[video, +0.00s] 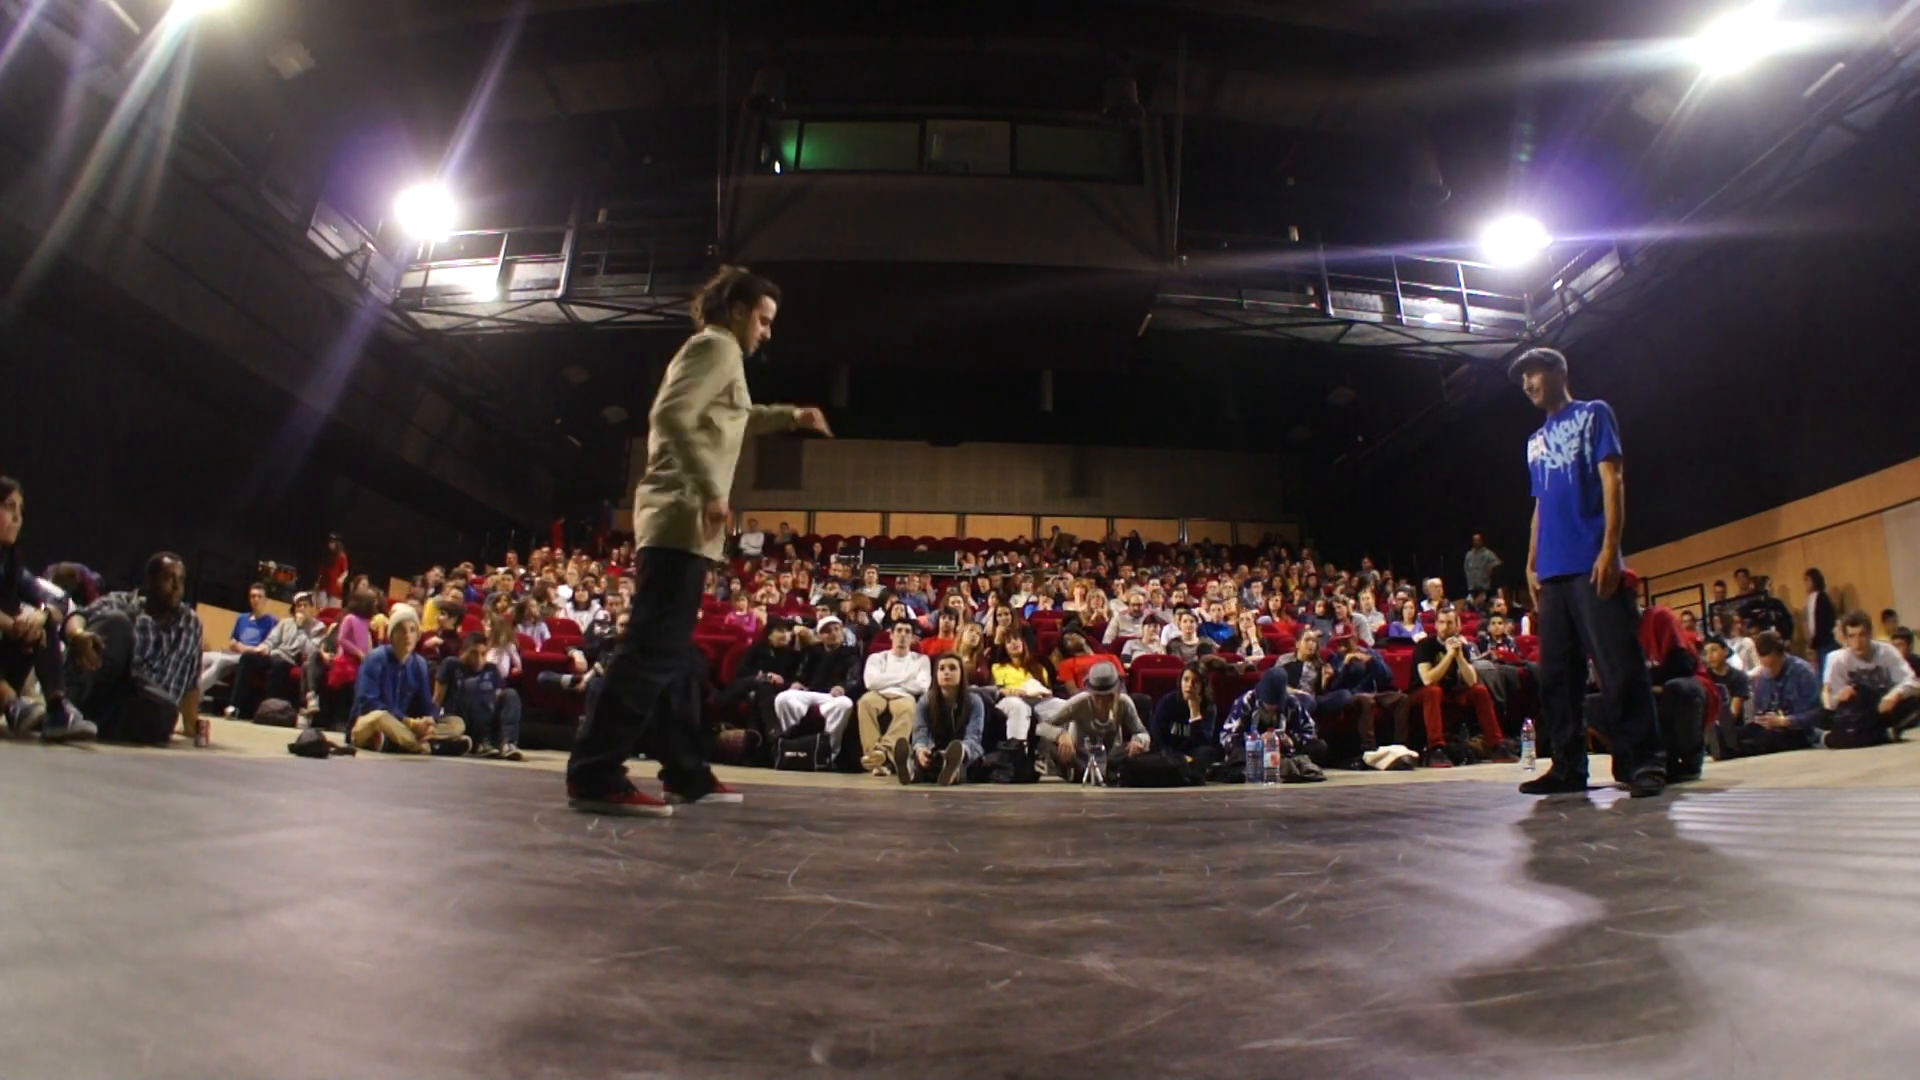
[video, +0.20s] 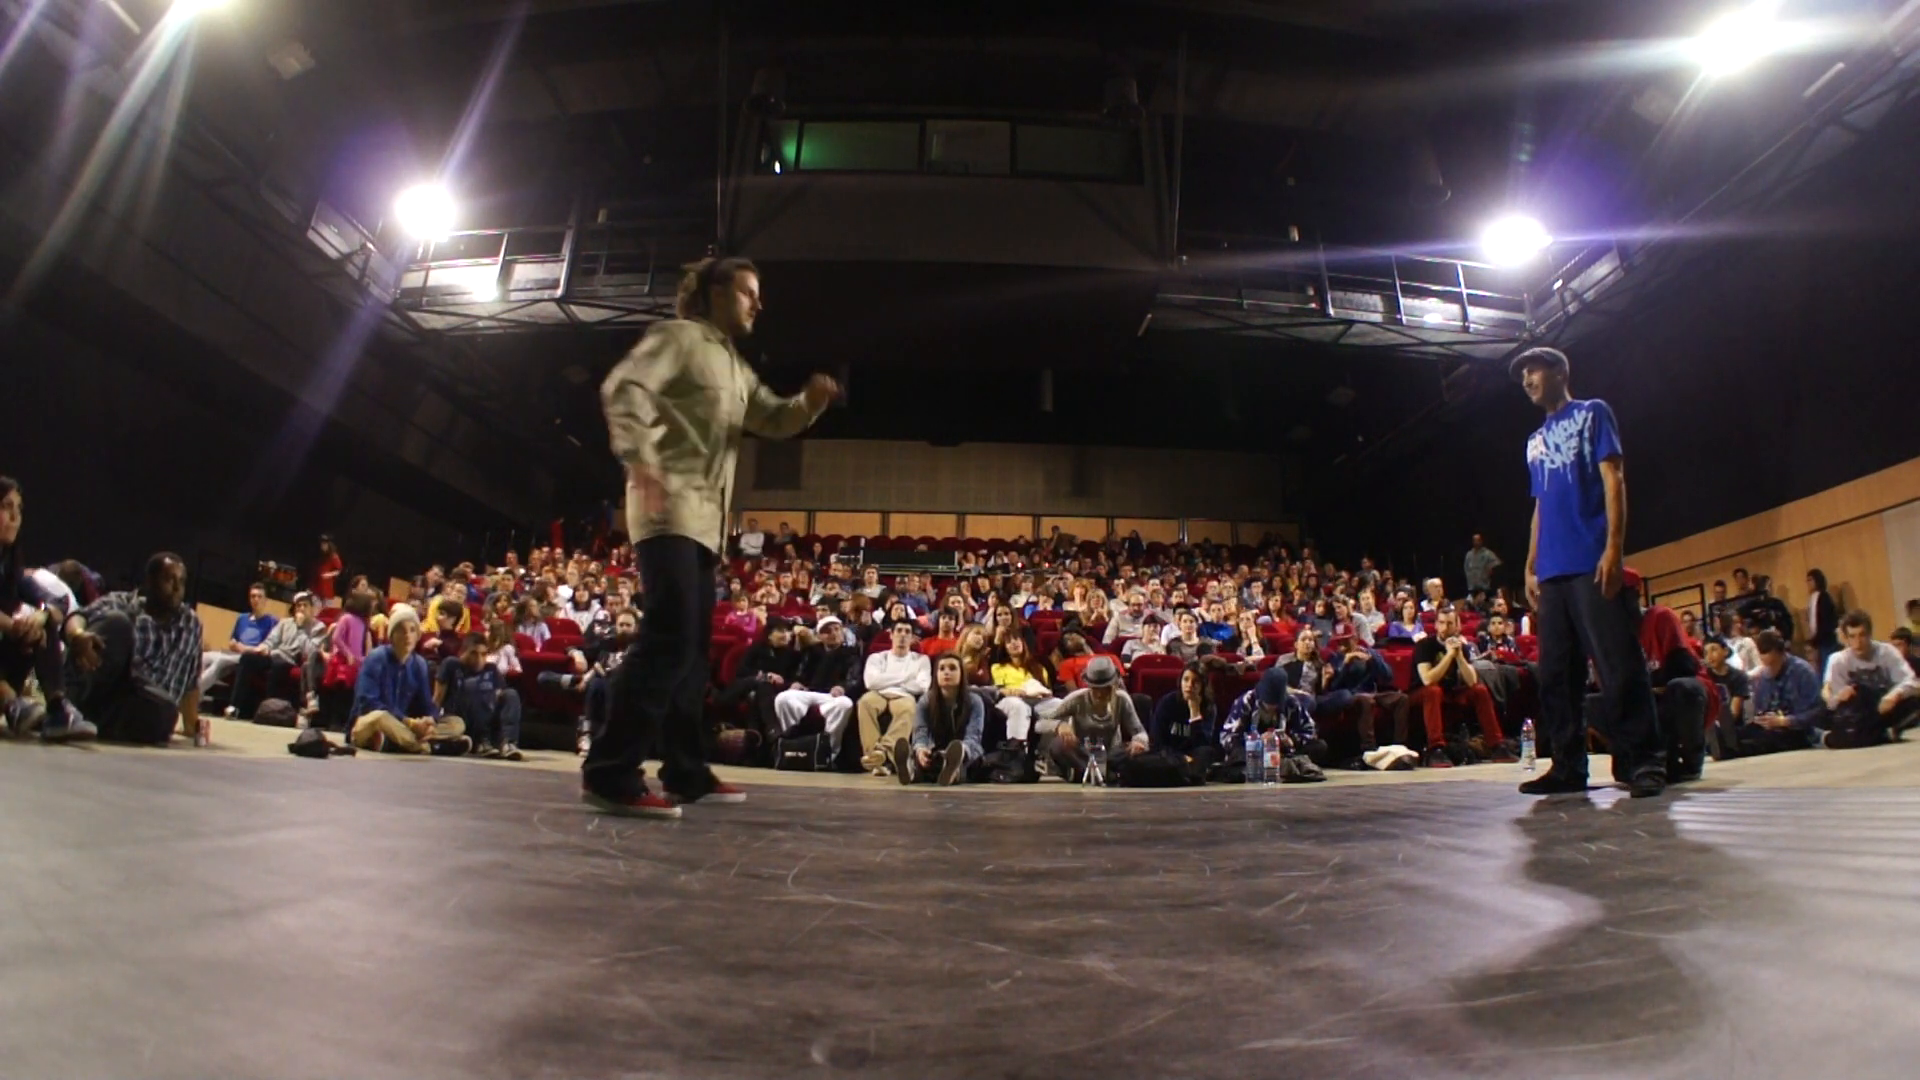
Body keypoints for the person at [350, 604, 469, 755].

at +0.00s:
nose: (407, 636)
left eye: (412, 631)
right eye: (401, 631)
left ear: (418, 635)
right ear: (391, 635)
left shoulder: (420, 664)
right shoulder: (375, 659)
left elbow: (426, 704)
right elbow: (367, 703)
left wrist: (430, 720)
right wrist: (407, 722)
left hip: (411, 724)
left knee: (457, 723)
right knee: (381, 718)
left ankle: (394, 743)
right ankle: (426, 748)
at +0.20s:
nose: (408, 636)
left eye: (412, 630)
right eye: (401, 631)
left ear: (418, 634)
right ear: (391, 635)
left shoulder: (420, 664)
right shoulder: (376, 658)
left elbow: (426, 704)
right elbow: (367, 703)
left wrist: (430, 720)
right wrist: (406, 722)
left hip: (412, 724)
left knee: (457, 724)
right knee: (380, 717)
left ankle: (394, 744)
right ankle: (426, 748)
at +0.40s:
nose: (408, 636)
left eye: (413, 630)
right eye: (402, 631)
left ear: (418, 635)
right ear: (391, 635)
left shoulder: (420, 664)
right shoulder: (375, 659)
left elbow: (426, 703)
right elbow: (367, 703)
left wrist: (430, 720)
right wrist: (406, 722)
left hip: (412, 724)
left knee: (457, 724)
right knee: (380, 717)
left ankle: (394, 744)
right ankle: (426, 748)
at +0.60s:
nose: (408, 636)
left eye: (413, 630)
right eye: (401, 631)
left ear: (418, 635)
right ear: (391, 635)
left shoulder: (420, 664)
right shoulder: (375, 659)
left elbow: (426, 704)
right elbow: (367, 703)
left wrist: (430, 720)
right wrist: (406, 722)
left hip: (411, 725)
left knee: (457, 723)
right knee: (380, 717)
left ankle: (395, 744)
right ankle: (426, 748)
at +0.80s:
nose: (408, 637)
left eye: (412, 631)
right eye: (401, 631)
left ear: (418, 635)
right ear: (391, 635)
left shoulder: (420, 664)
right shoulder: (376, 658)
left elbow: (426, 705)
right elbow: (367, 703)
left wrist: (430, 720)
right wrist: (407, 722)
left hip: (411, 726)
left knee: (457, 724)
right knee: (380, 718)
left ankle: (393, 744)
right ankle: (426, 748)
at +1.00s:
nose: (408, 637)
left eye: (413, 630)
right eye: (401, 631)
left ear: (418, 635)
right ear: (391, 635)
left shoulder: (419, 664)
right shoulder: (376, 658)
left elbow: (426, 704)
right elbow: (367, 703)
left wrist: (430, 720)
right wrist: (406, 722)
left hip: (411, 725)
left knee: (457, 723)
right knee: (381, 717)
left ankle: (394, 744)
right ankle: (426, 748)